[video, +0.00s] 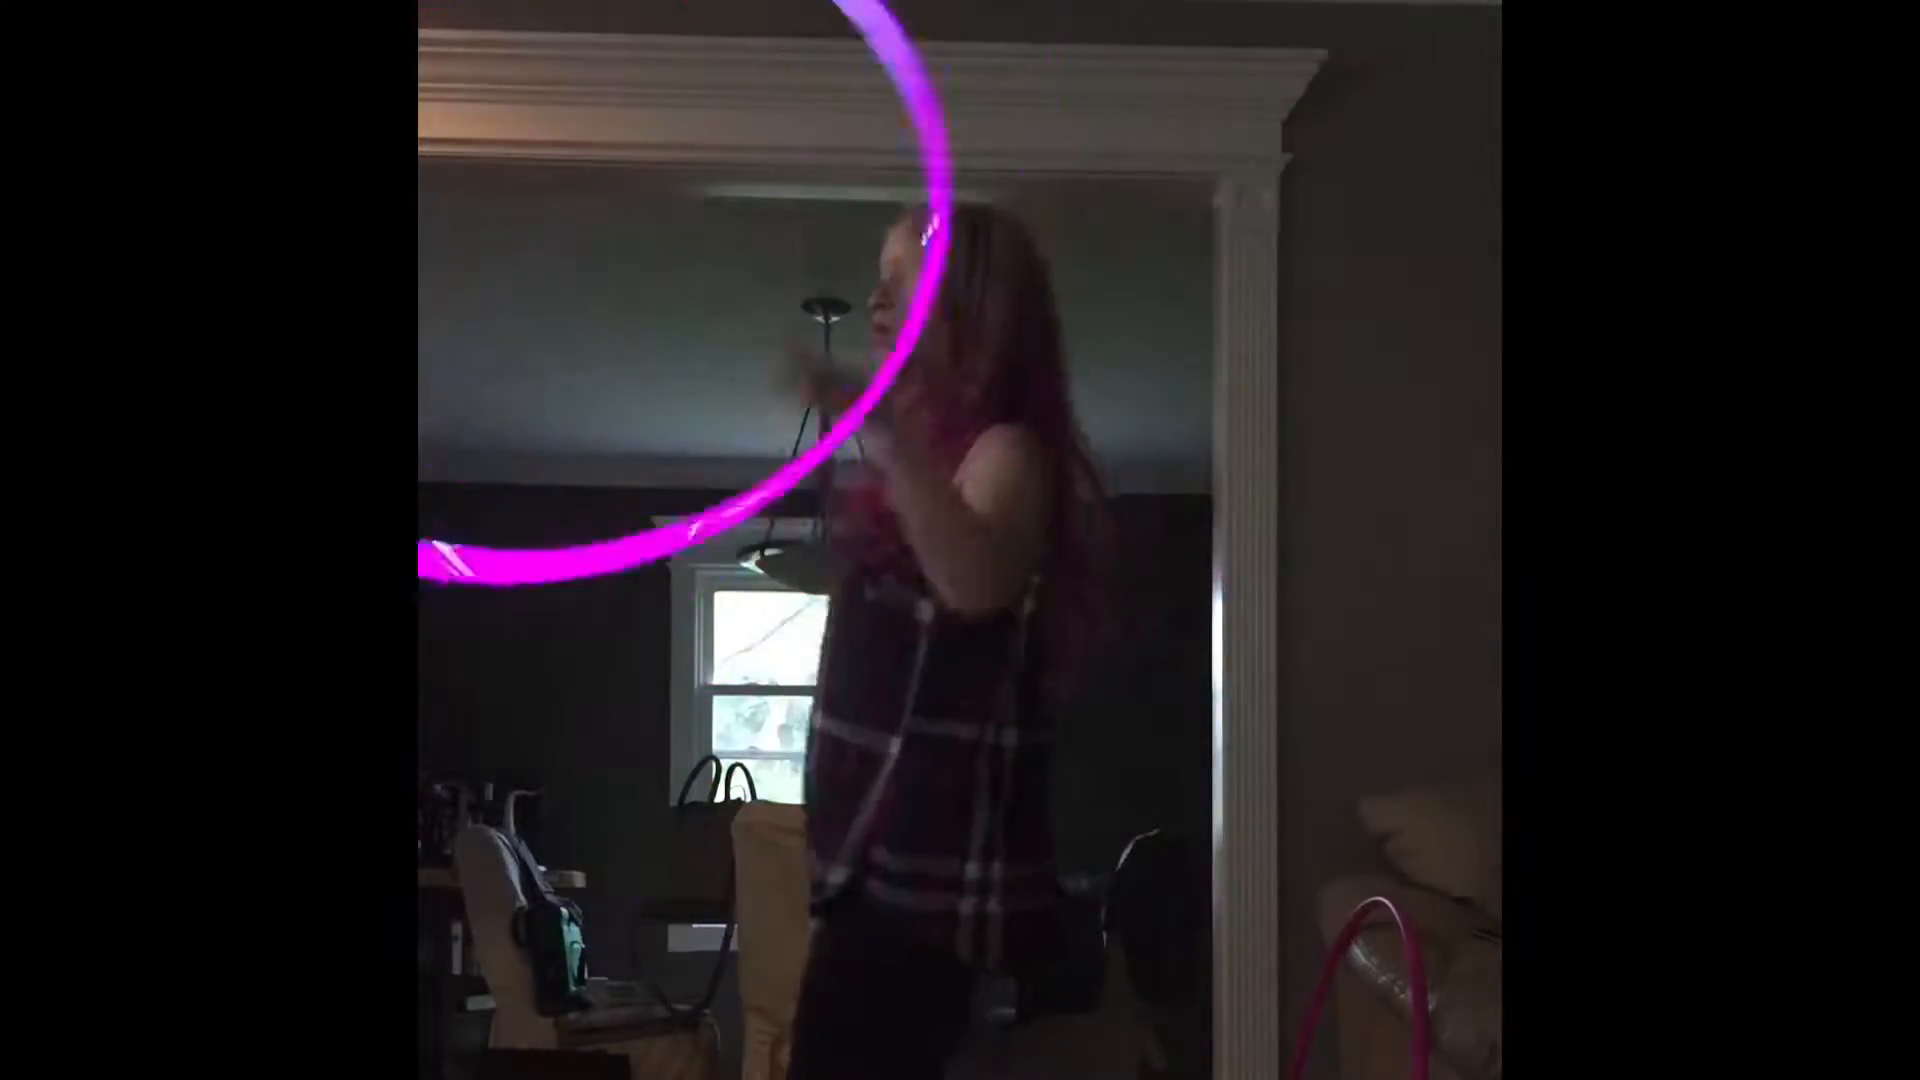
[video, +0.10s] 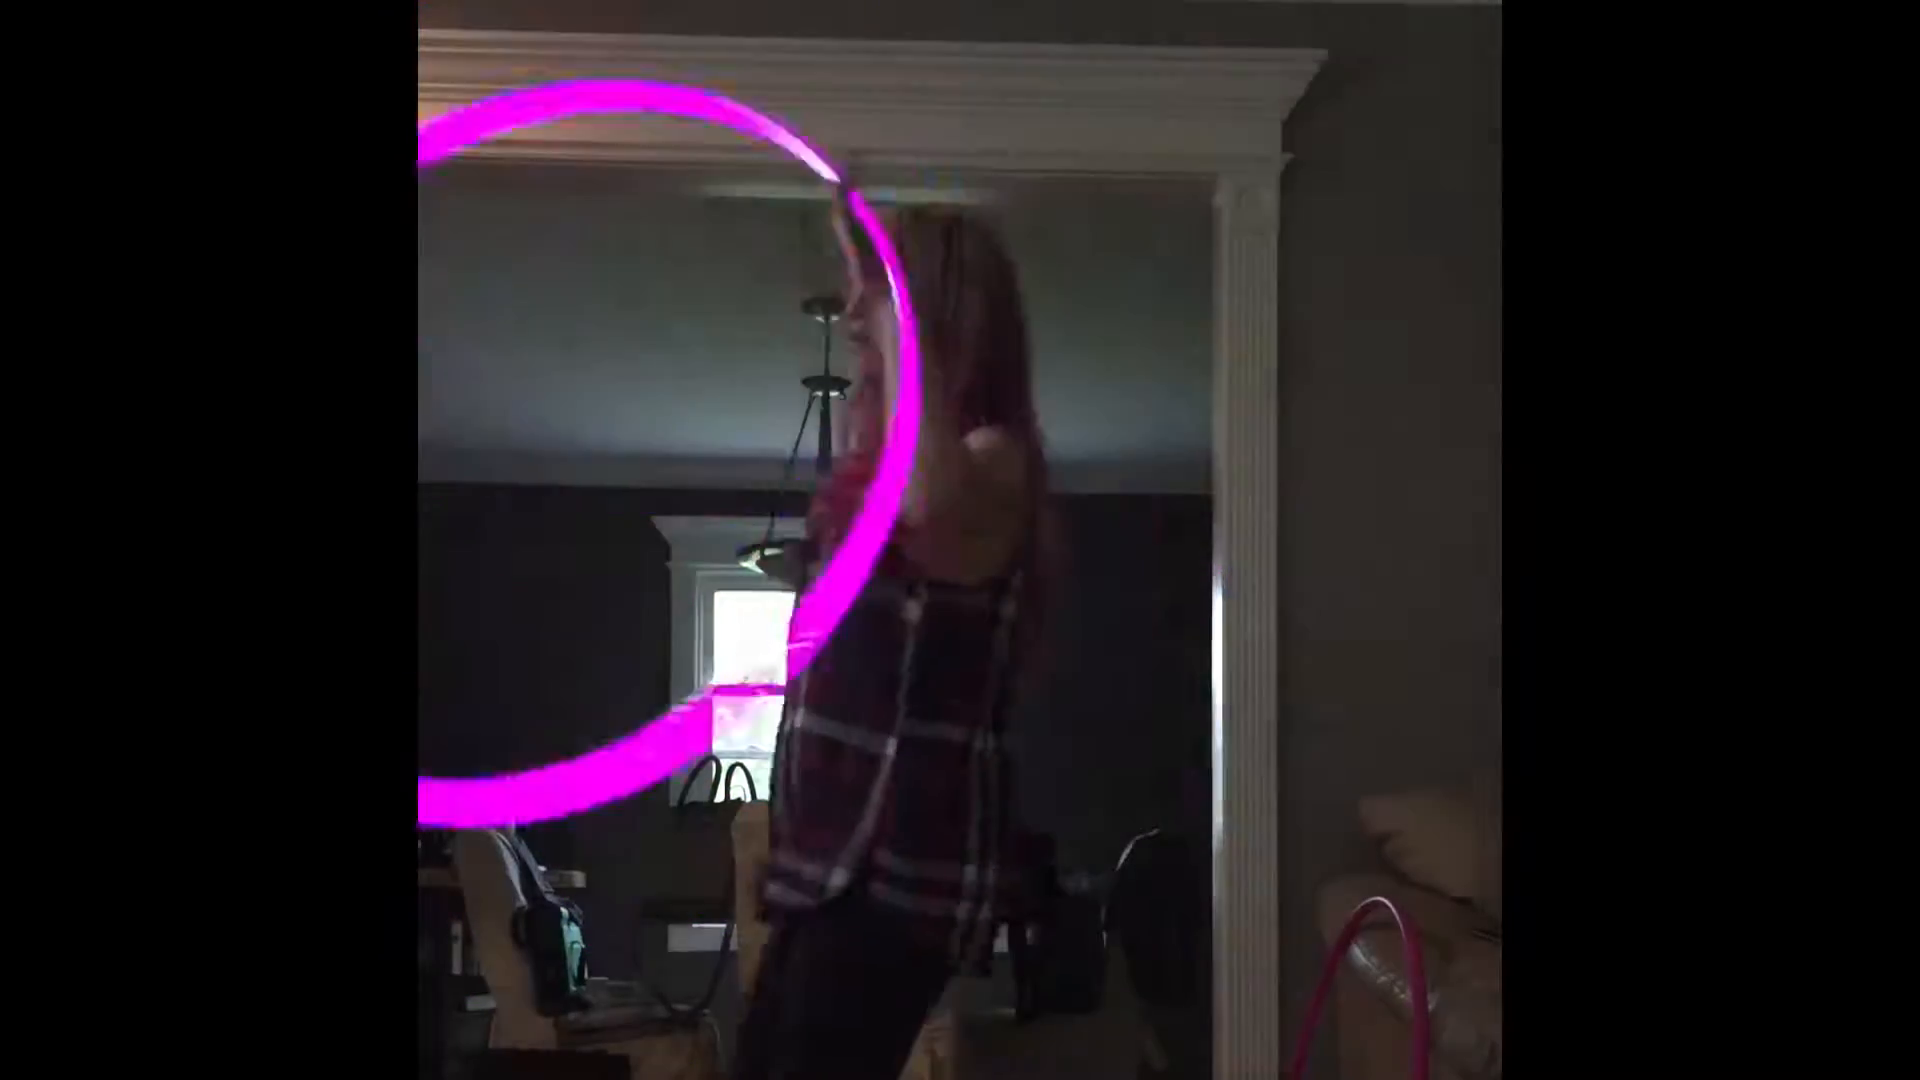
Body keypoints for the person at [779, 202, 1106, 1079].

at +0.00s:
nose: (879, 316)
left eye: (901, 296)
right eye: (881, 295)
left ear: (971, 310)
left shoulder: (1008, 447)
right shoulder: (937, 442)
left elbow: (980, 582)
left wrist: (898, 436)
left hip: (930, 879)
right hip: (878, 861)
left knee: (848, 1058)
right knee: (842, 1053)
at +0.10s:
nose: (850, 315)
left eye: (875, 292)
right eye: (851, 294)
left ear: (946, 310)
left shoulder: (993, 456)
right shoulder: (889, 457)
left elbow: (928, 515)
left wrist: (900, 359)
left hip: (901, 876)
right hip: (831, 859)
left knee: (812, 1063)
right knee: (766, 1058)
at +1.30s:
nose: (1038, 259)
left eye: (1062, 243)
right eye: (1012, 247)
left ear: (1097, 277)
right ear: (978, 288)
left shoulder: (1165, 455)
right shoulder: (904, 454)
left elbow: (1181, 622)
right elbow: (817, 624)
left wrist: (1070, 674)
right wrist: (953, 701)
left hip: (1140, 873)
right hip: (966, 876)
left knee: (1191, 1063)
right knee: (897, 1066)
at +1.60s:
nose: (1060, 277)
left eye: (1086, 259)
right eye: (1033, 265)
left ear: (1126, 298)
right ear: (1001, 306)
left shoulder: (1183, 454)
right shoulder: (939, 454)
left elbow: (1255, 679)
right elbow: (953, 555)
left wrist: (1208, 521)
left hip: (1184, 913)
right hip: (996, 914)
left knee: (1231, 1065)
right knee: (914, 1068)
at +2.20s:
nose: (894, 293)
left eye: (914, 285)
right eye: (869, 268)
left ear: (923, 321)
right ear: (803, 283)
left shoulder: (921, 467)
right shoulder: (711, 468)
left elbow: (982, 660)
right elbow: (683, 655)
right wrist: (613, 791)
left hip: (890, 876)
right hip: (724, 873)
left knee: (995, 1069)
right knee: (684, 1063)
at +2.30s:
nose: (874, 300)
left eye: (887, 286)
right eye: (846, 275)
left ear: (894, 319)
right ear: (774, 292)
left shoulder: (874, 474)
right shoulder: (663, 480)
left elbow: (990, 643)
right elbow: (619, 675)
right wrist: (557, 841)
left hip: (856, 877)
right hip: (687, 883)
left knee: (954, 1071)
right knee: (652, 1069)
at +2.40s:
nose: (853, 296)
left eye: (862, 279)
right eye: (827, 268)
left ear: (865, 309)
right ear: (753, 278)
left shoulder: (852, 462)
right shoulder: (640, 454)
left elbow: (1012, 585)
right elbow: (578, 648)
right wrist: (507, 811)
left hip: (821, 857)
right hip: (649, 855)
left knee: (877, 1063)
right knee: (632, 1064)